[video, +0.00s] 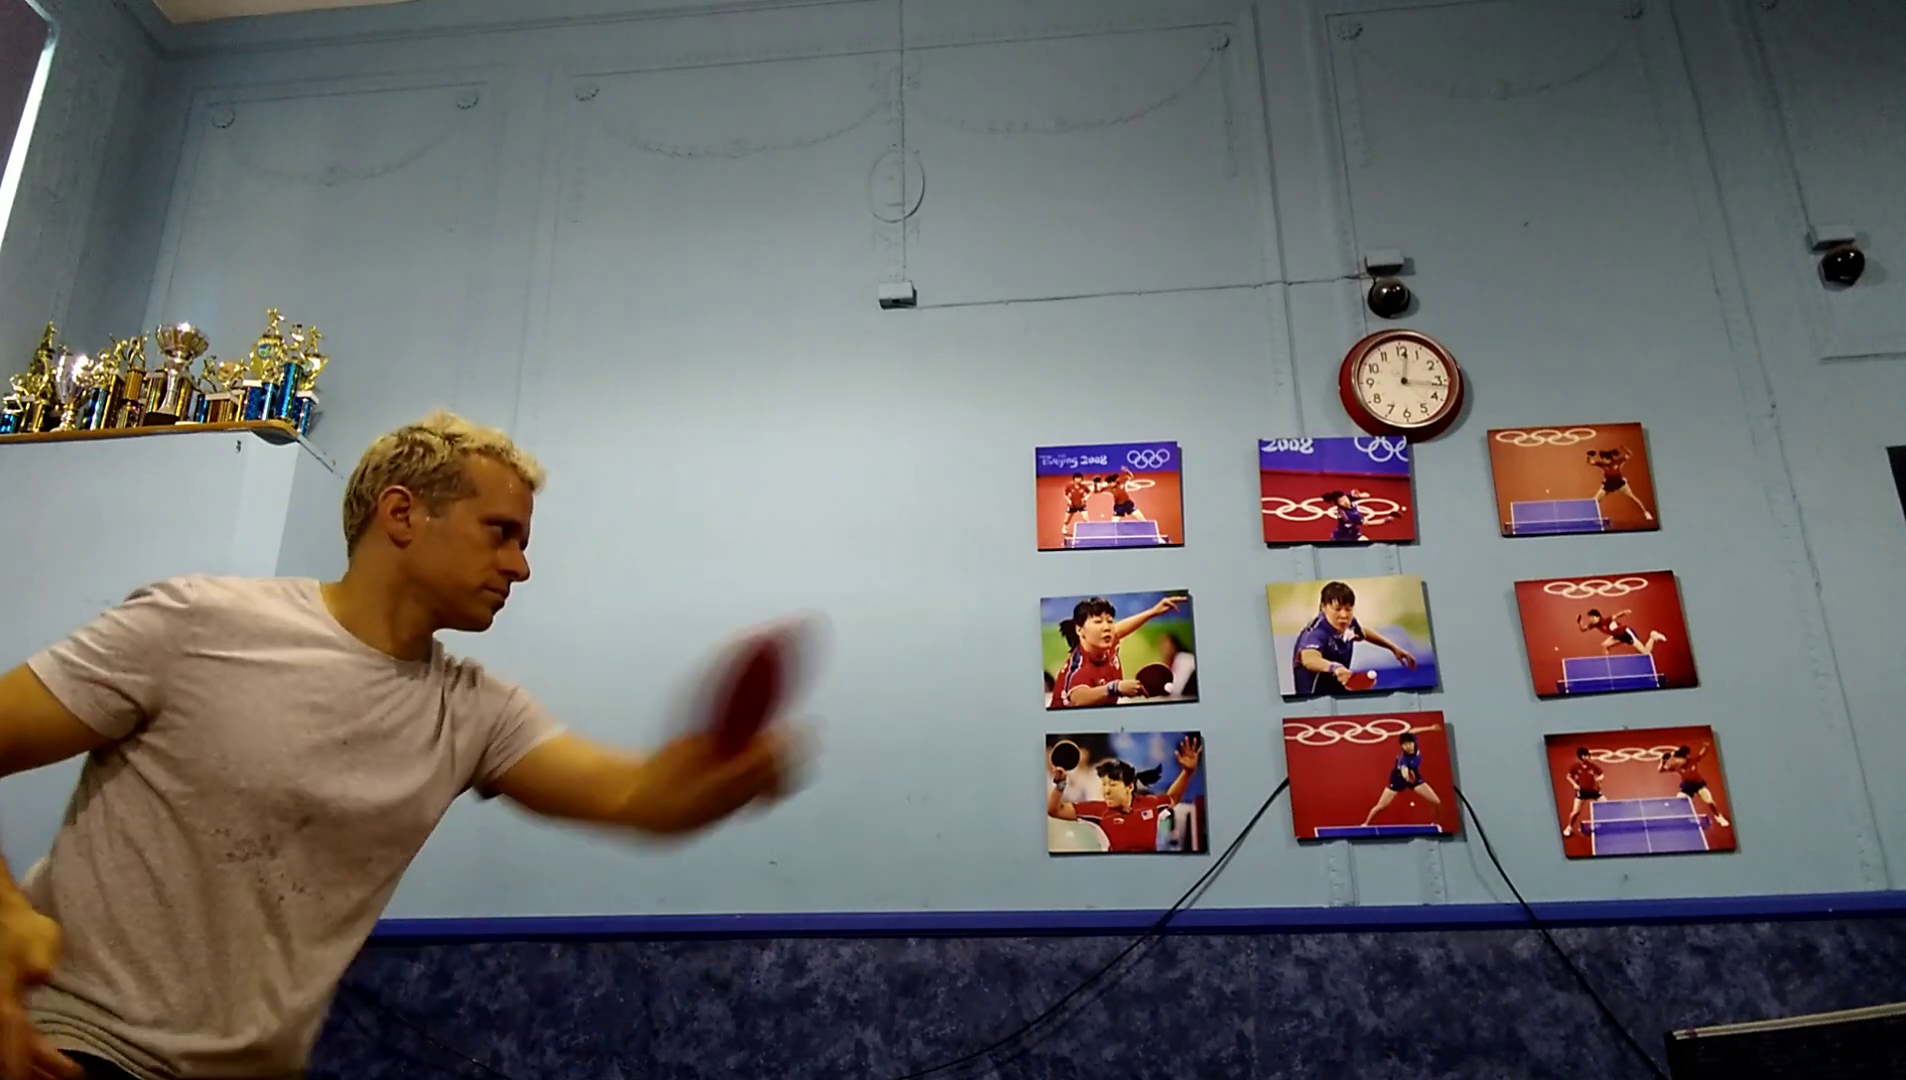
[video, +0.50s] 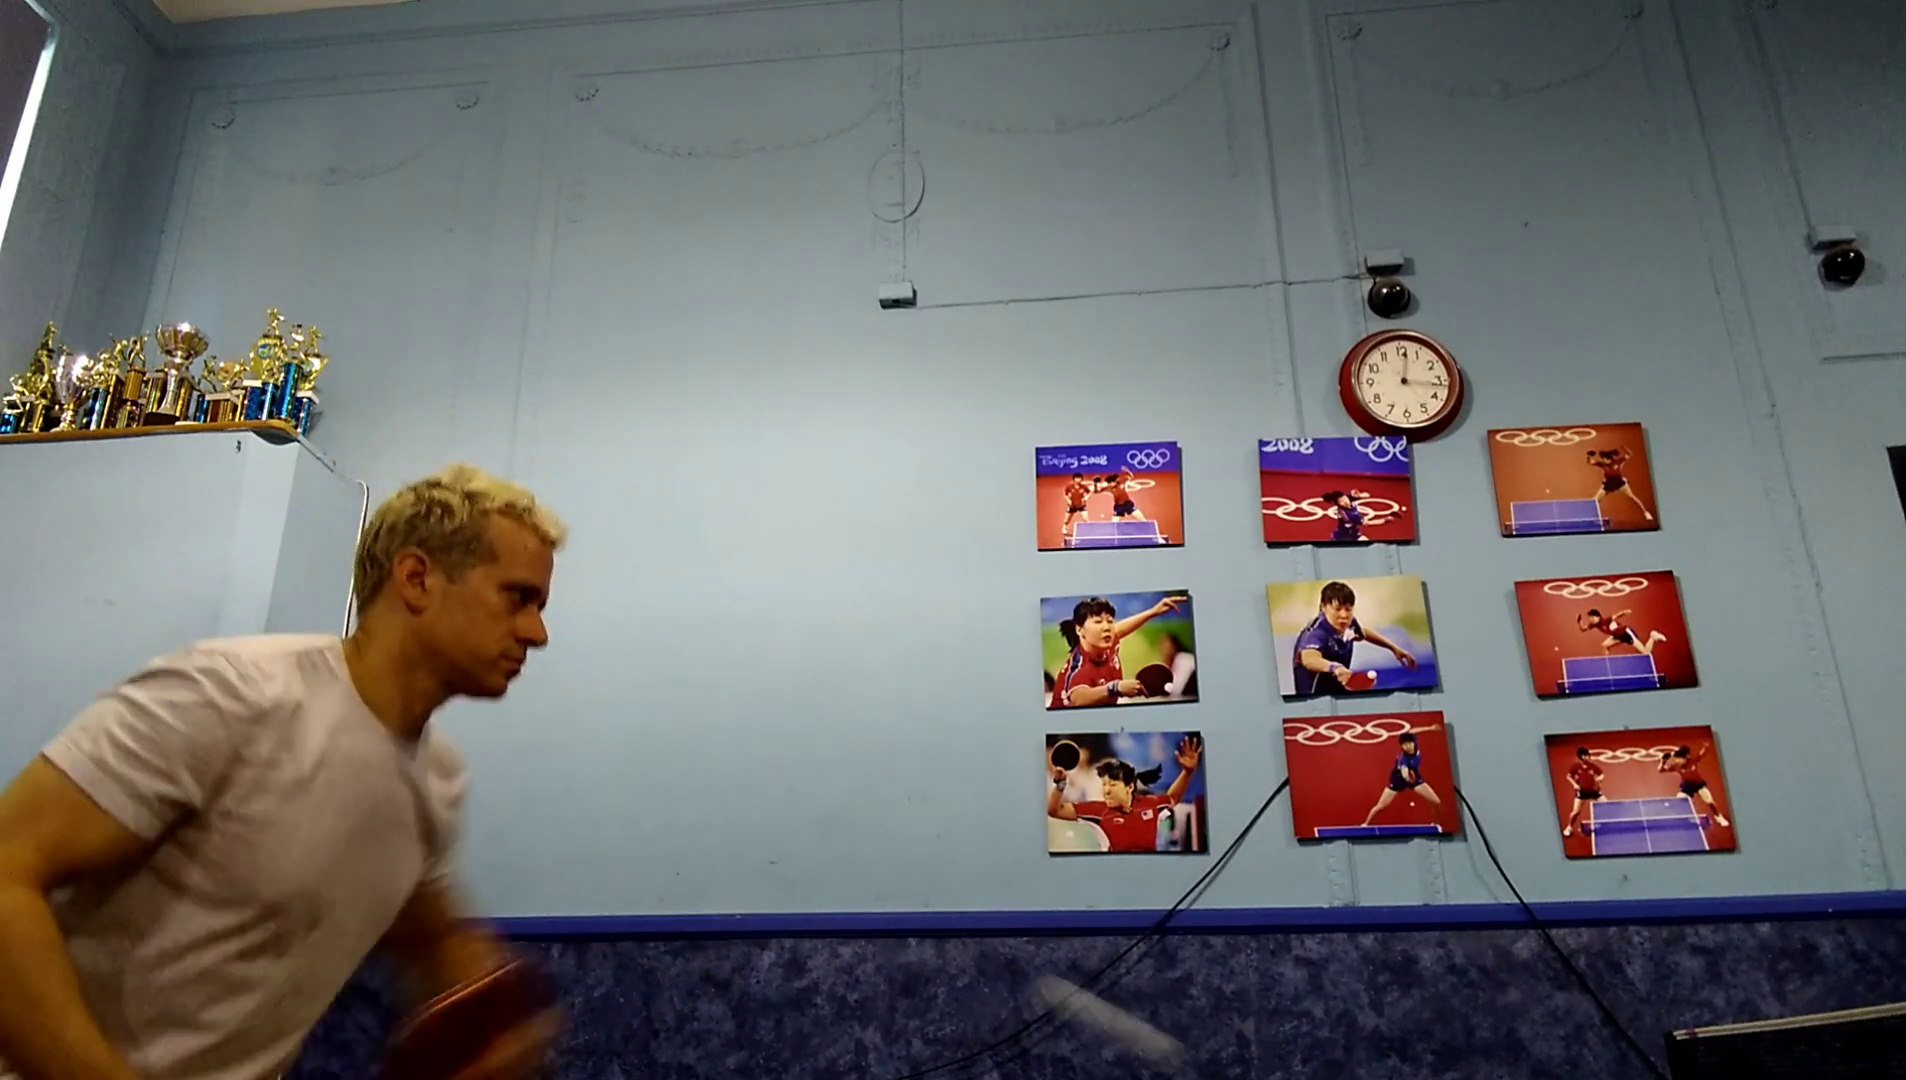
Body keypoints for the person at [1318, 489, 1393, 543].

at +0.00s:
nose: (1344, 502)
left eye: (1344, 499)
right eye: (1341, 502)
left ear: (1346, 497)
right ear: (1339, 505)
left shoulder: (1349, 498)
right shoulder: (1350, 515)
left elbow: (1367, 496)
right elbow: (1367, 523)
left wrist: (1360, 495)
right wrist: (1385, 520)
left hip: (1356, 536)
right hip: (1341, 538)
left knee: (1371, 548)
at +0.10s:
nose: (1344, 502)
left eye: (1344, 499)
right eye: (1341, 502)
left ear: (1346, 497)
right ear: (1339, 505)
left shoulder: (1349, 498)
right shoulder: (1350, 515)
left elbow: (1367, 496)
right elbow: (1367, 523)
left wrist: (1360, 495)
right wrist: (1385, 520)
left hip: (1356, 536)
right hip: (1341, 538)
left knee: (1371, 548)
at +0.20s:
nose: (1345, 502)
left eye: (1344, 499)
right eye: (1341, 502)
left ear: (1346, 497)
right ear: (1339, 505)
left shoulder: (1348, 498)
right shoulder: (1350, 515)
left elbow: (1367, 496)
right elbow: (1366, 523)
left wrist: (1360, 495)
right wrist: (1385, 520)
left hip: (1355, 535)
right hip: (1341, 538)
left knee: (1371, 547)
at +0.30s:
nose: (1345, 502)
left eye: (1344, 499)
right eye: (1341, 502)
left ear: (1346, 497)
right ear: (1339, 505)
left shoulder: (1348, 498)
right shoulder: (1350, 515)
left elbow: (1367, 496)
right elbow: (1366, 523)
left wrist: (1360, 495)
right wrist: (1385, 520)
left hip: (1355, 535)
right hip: (1341, 538)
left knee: (1371, 547)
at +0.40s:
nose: (1344, 502)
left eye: (1344, 499)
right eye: (1341, 502)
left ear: (1346, 497)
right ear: (1339, 505)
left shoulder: (1348, 497)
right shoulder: (1350, 515)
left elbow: (1367, 495)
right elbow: (1366, 523)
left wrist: (1360, 495)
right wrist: (1385, 520)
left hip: (1355, 536)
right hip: (1341, 538)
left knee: (1371, 548)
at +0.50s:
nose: (1344, 502)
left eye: (1344, 499)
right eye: (1341, 502)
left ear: (1346, 497)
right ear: (1339, 505)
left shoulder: (1349, 498)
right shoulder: (1350, 515)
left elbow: (1367, 496)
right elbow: (1366, 523)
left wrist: (1360, 495)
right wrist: (1385, 520)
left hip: (1356, 536)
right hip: (1341, 538)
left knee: (1371, 548)